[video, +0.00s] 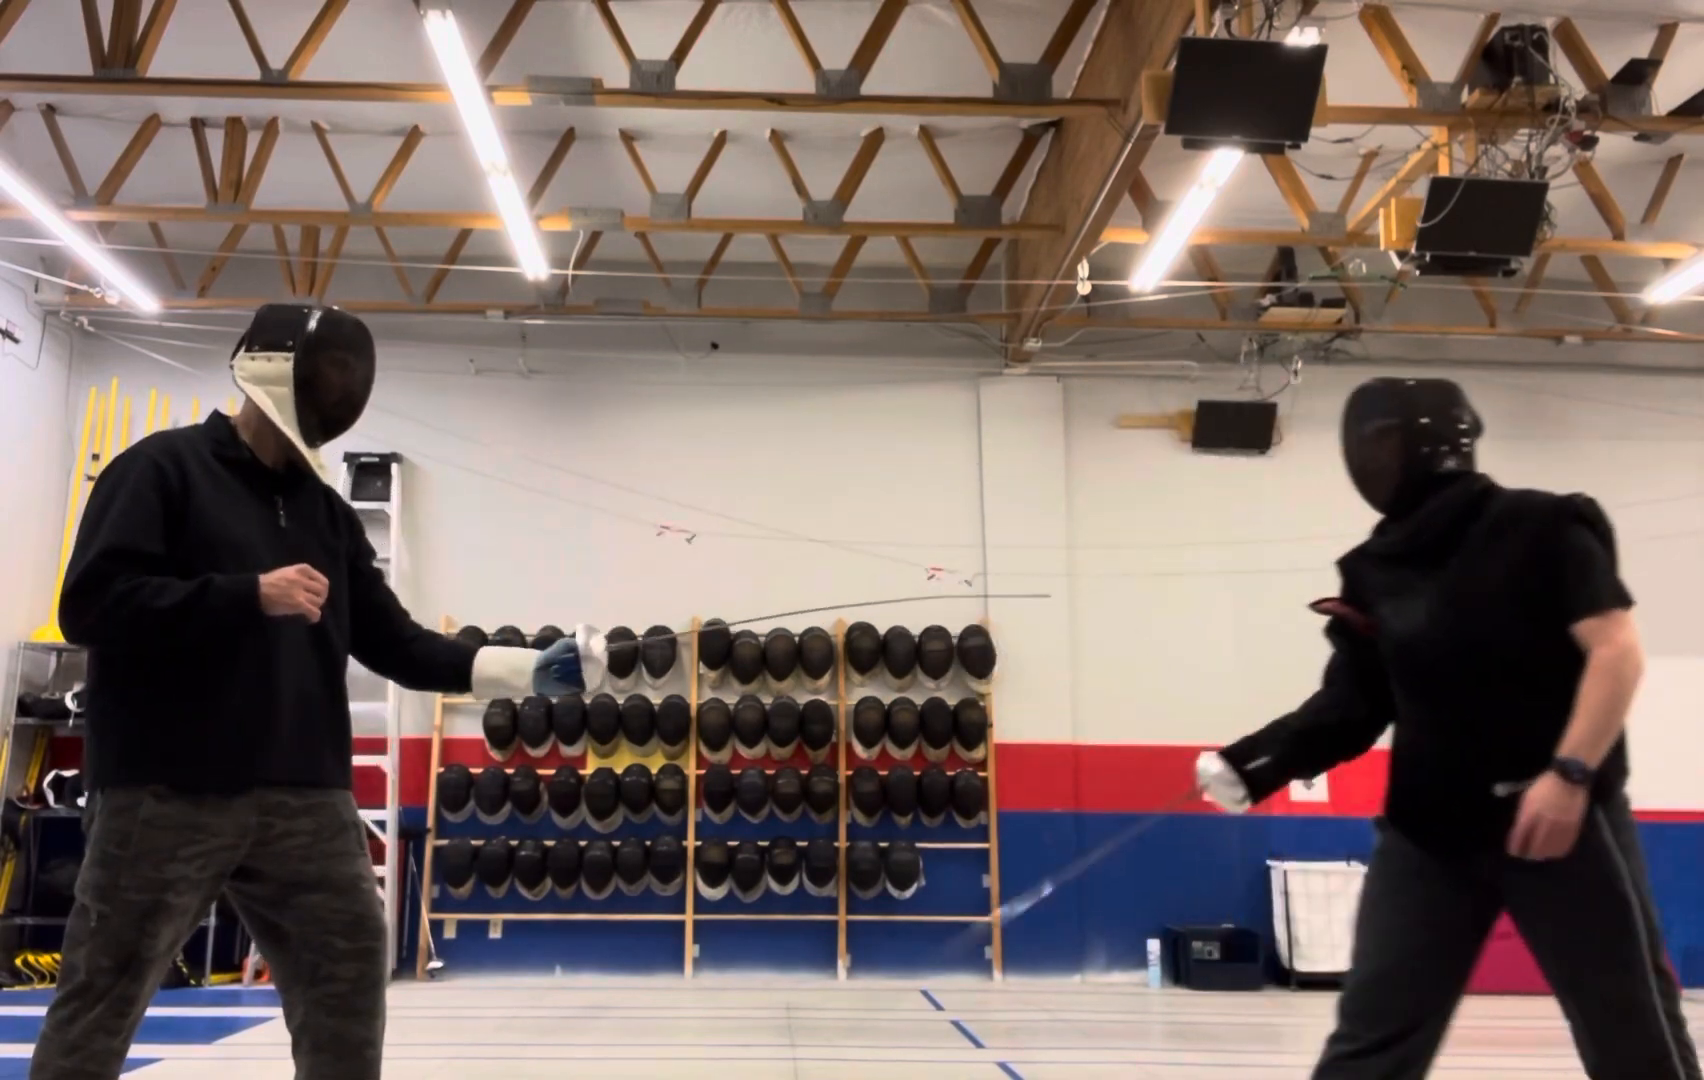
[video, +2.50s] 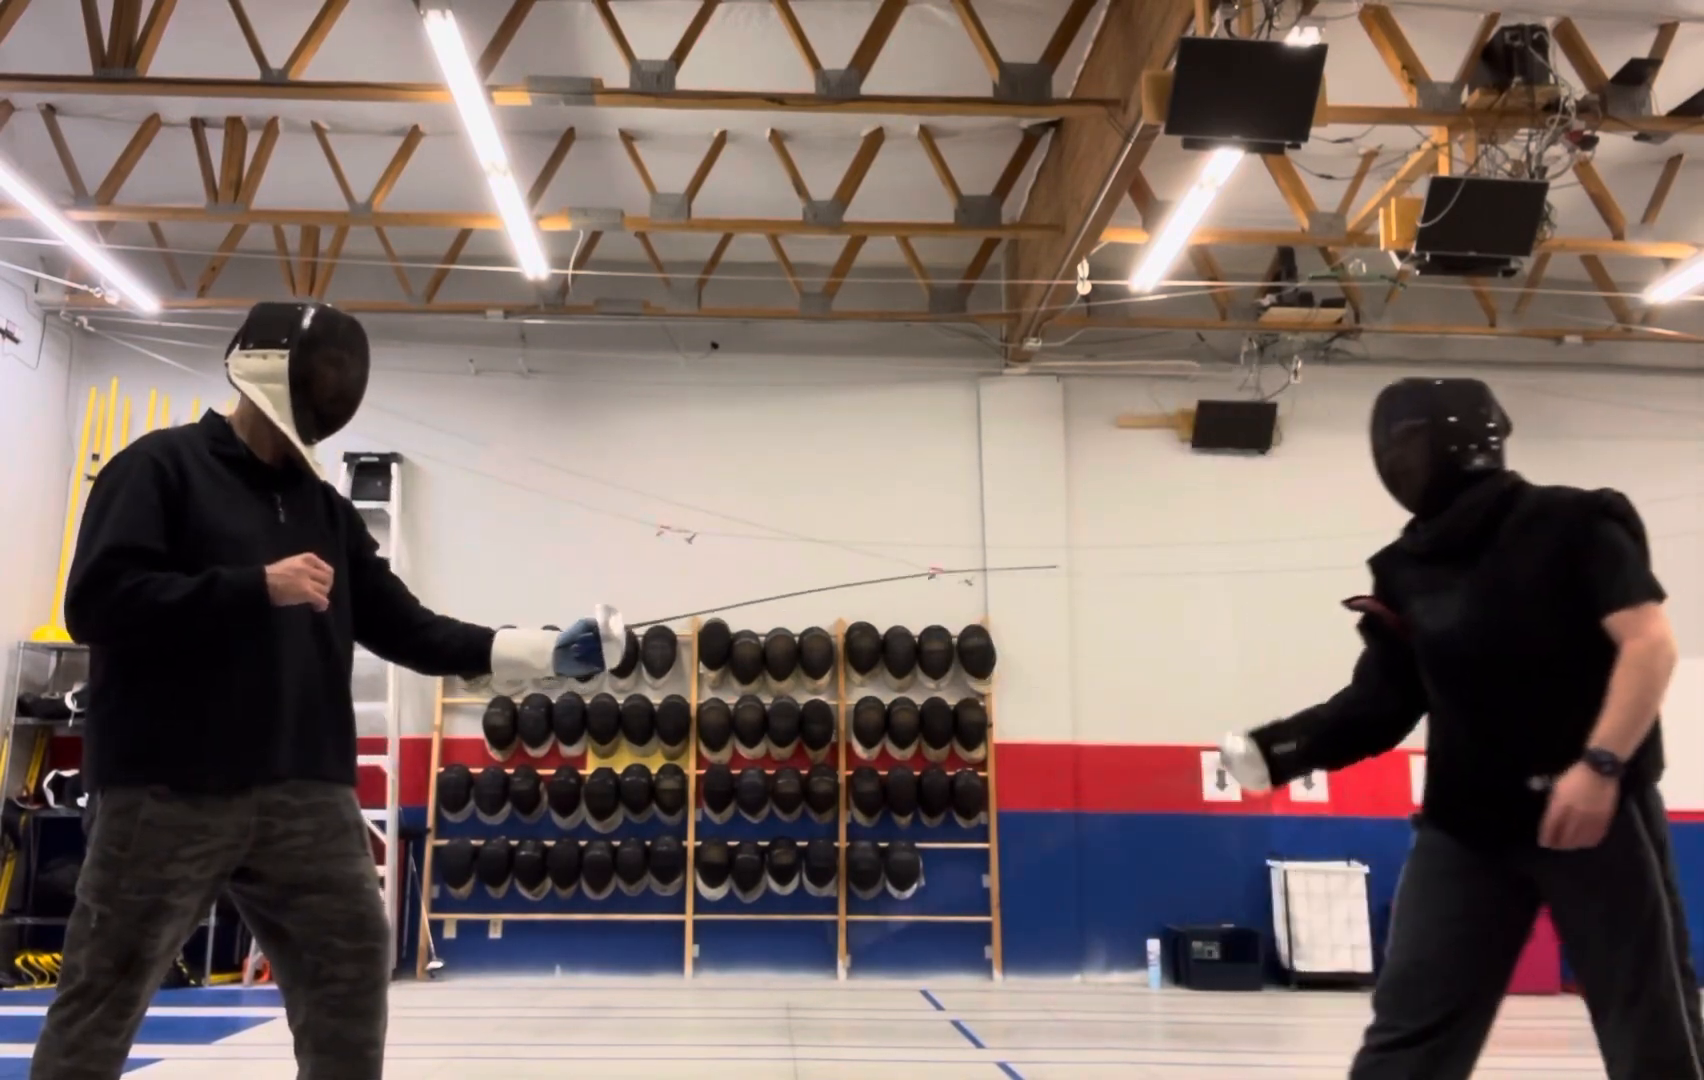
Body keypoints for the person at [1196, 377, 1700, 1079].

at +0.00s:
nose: (1357, 466)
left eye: (1366, 446)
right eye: (1355, 450)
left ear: (1410, 444)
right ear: (1443, 444)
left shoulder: (1544, 527)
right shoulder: (1376, 572)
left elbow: (1618, 652)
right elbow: (1353, 704)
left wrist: (1571, 775)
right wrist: (1254, 765)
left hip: (1561, 824)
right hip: (1431, 835)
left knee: (1637, 1040)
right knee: (1370, 1047)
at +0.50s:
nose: (1462, 453)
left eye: (1475, 431)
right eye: (1454, 438)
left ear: (1529, 422)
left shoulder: (1653, 510)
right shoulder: (1465, 559)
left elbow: (1702, 626)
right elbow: (1387, 652)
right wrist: (1274, 644)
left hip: (1665, 811)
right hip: (1533, 824)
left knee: (1684, 1040)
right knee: (1519, 1032)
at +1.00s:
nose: (1407, 461)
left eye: (1419, 440)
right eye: (1399, 448)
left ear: (1471, 432)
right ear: (1402, 458)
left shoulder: (1595, 511)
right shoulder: (1415, 567)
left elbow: (1678, 626)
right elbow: (1306, 625)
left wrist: (1687, 757)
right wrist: (1176, 619)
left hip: (1621, 812)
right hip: (1488, 825)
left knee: (1670, 1029)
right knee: (1436, 1020)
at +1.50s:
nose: (1174, 445)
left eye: (1183, 424)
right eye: (1172, 429)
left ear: (1231, 423)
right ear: (1239, 429)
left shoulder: (1351, 498)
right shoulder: (1193, 558)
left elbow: (1435, 610)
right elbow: (1081, 610)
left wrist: (1409, 723)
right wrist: (958, 602)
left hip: (1413, 788)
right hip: (1291, 817)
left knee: (1525, 1000)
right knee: (1286, 1046)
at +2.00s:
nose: (1156, 443)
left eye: (1166, 424)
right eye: (1154, 429)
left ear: (1207, 426)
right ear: (1235, 426)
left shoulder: (1329, 495)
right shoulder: (1176, 563)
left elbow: (1417, 611)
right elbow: (1082, 636)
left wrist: (1391, 728)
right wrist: (959, 620)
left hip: (1398, 785)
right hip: (1278, 812)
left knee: (1505, 988)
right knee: (1273, 1040)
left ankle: (1569, 1075)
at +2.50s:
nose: (1390, 465)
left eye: (1401, 444)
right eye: (1388, 449)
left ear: (1445, 442)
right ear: (1474, 442)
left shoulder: (1573, 523)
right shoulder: (1408, 570)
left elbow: (1653, 646)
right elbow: (1383, 701)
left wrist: (1601, 766)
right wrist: (1282, 751)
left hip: (1595, 818)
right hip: (1468, 826)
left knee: (1651, 1037)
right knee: (1407, 1041)